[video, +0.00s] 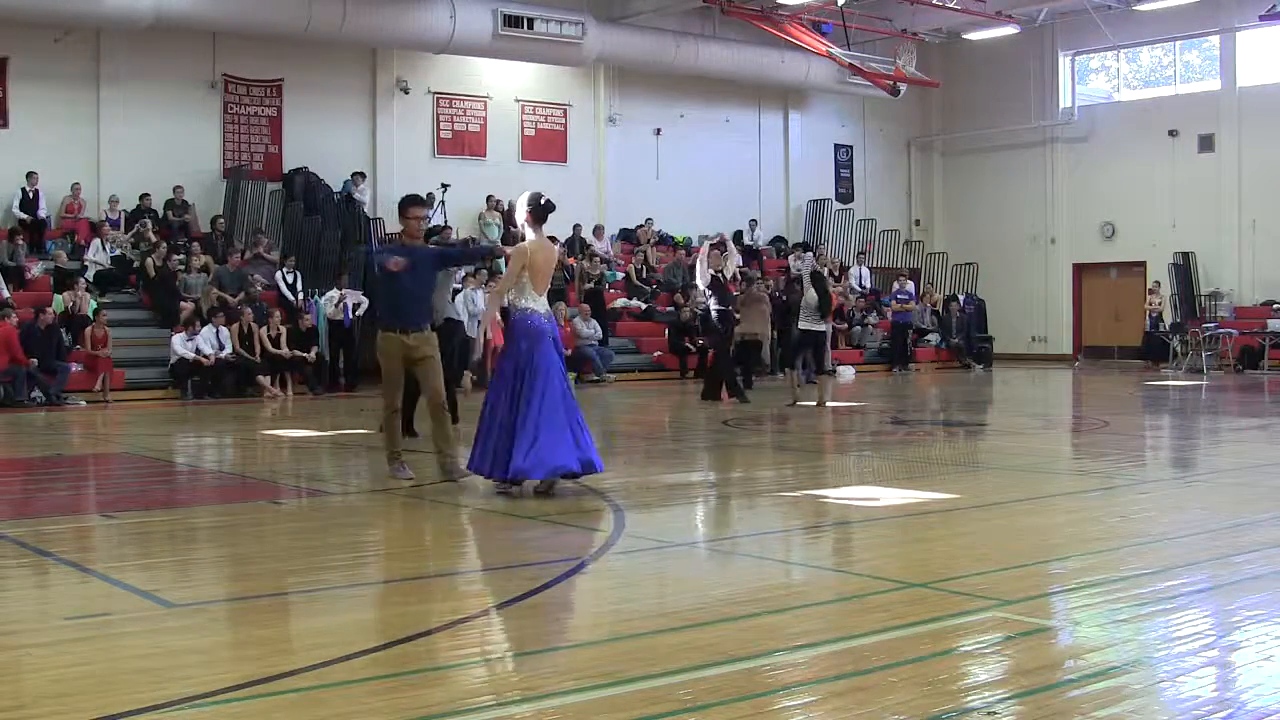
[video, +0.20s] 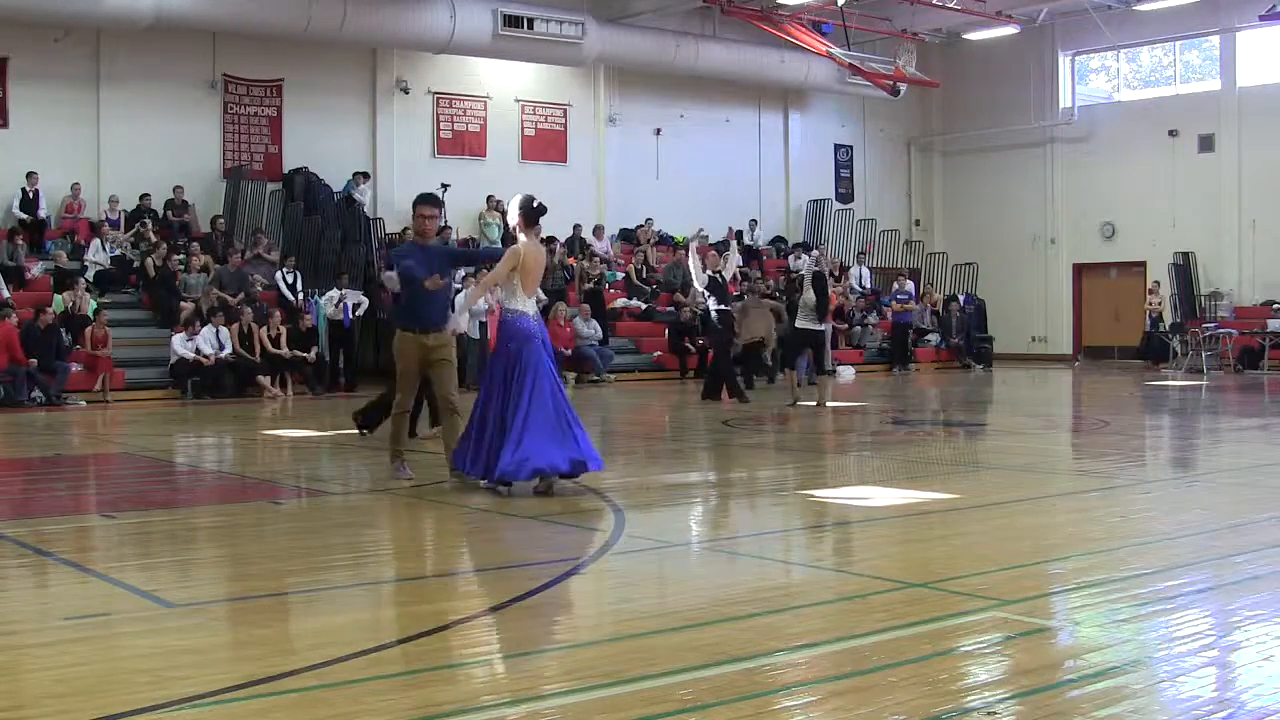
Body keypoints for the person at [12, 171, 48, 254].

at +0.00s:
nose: (36, 181)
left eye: (37, 178)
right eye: (34, 178)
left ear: (38, 180)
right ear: (28, 179)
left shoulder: (39, 193)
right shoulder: (20, 192)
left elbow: (42, 208)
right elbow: (15, 209)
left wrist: (41, 216)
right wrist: (25, 217)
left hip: (36, 217)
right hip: (25, 217)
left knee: (42, 223)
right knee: (33, 226)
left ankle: (40, 248)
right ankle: (32, 248)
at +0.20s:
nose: (36, 181)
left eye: (37, 178)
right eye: (34, 178)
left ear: (38, 180)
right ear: (28, 179)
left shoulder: (39, 192)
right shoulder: (20, 192)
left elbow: (42, 208)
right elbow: (15, 209)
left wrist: (42, 216)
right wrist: (25, 217)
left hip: (36, 217)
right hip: (24, 217)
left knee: (43, 224)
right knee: (33, 227)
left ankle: (40, 247)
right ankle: (32, 248)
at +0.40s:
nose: (36, 181)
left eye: (37, 179)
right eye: (34, 178)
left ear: (38, 180)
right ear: (28, 179)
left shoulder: (39, 193)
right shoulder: (20, 192)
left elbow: (42, 208)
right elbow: (15, 209)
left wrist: (41, 216)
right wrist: (25, 217)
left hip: (36, 217)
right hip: (25, 217)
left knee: (43, 224)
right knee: (34, 226)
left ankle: (40, 248)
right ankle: (33, 248)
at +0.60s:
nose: (36, 181)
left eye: (37, 179)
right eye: (34, 178)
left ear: (38, 180)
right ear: (28, 179)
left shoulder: (39, 193)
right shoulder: (20, 192)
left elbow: (42, 208)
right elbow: (15, 209)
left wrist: (42, 216)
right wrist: (25, 217)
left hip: (36, 217)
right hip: (24, 217)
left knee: (43, 223)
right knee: (33, 226)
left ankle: (39, 248)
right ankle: (32, 249)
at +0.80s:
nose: (37, 181)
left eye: (37, 179)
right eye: (34, 179)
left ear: (38, 180)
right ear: (28, 180)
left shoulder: (39, 193)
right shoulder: (20, 192)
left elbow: (42, 208)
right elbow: (14, 209)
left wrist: (41, 215)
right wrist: (25, 217)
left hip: (36, 216)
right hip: (24, 217)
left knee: (42, 224)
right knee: (34, 227)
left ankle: (39, 248)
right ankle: (32, 248)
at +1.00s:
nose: (37, 181)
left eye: (37, 179)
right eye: (34, 179)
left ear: (38, 180)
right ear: (28, 180)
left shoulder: (39, 193)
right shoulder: (20, 192)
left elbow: (42, 208)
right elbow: (14, 209)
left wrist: (41, 215)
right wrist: (25, 217)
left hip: (36, 216)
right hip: (24, 217)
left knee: (42, 224)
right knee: (34, 227)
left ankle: (39, 248)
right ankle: (32, 248)